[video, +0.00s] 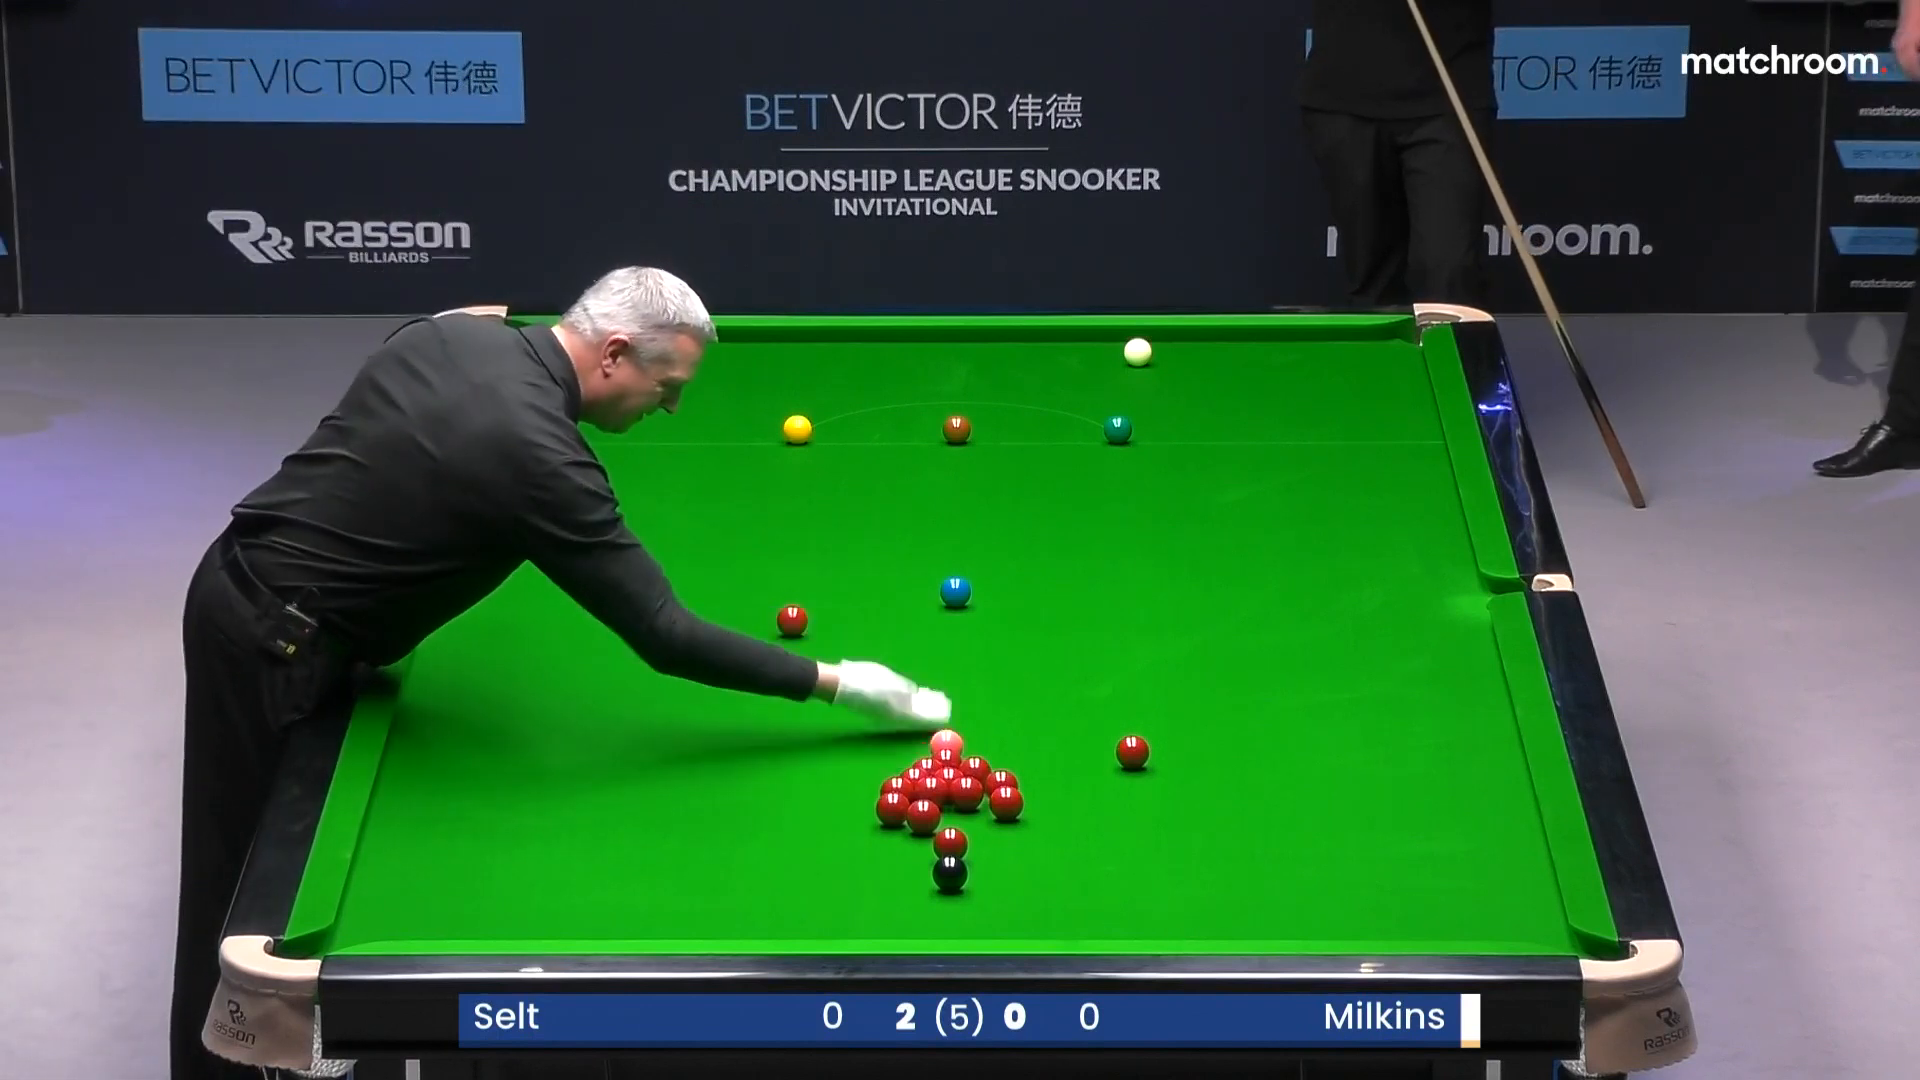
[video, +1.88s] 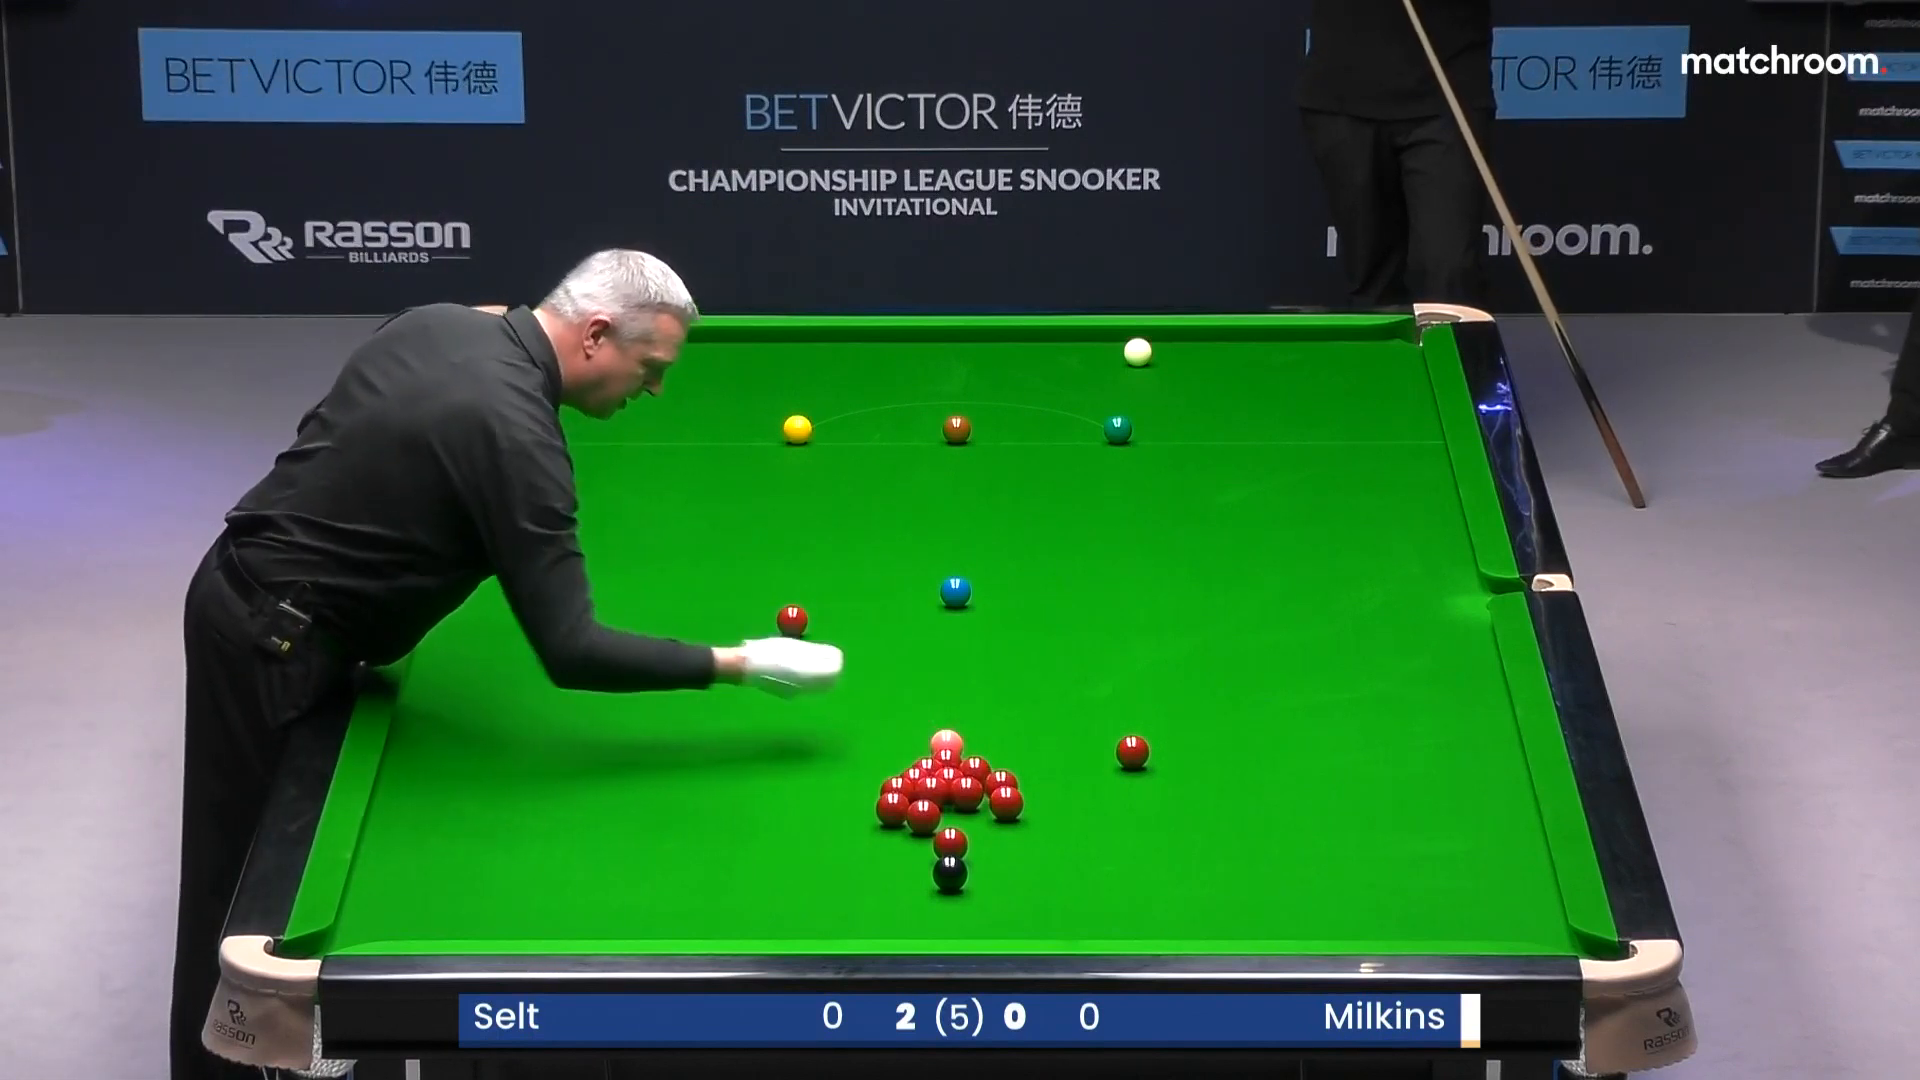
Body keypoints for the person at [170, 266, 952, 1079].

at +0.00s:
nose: (663, 408)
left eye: (672, 393)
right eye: (664, 389)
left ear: (593, 334)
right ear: (609, 353)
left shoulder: (457, 331)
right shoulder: (545, 460)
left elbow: (361, 445)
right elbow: (665, 634)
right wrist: (841, 679)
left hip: (243, 583)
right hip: (279, 637)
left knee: (251, 868)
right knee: (242, 885)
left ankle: (233, 1046)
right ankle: (210, 1058)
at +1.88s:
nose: (652, 389)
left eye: (660, 373)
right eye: (650, 368)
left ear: (579, 318)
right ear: (592, 331)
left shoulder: (438, 323)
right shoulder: (516, 430)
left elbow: (324, 448)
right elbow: (573, 651)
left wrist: (365, 610)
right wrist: (734, 660)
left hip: (241, 590)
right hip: (279, 636)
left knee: (236, 880)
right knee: (250, 894)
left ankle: (215, 1054)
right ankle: (215, 1060)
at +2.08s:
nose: (587, 356)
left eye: (600, 340)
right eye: (599, 338)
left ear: (521, 272)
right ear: (570, 307)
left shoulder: (391, 306)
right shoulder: (472, 410)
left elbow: (298, 445)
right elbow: (447, 612)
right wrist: (593, 630)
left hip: (225, 598)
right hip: (270, 638)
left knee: (236, 869)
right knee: (248, 883)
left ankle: (217, 1050)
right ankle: (214, 1057)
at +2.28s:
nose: (526, 307)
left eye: (533, 291)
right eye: (534, 292)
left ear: (452, 228)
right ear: (514, 282)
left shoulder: (329, 286)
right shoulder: (406, 369)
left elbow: (264, 448)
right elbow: (337, 556)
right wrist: (463, 596)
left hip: (207, 603)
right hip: (258, 635)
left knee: (225, 856)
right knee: (246, 867)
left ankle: (212, 1051)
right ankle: (217, 1059)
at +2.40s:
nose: (486, 298)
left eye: (497, 282)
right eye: (495, 280)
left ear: (411, 220)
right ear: (472, 263)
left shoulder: (298, 281)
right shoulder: (371, 349)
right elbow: (304, 540)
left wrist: (440, 317)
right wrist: (417, 584)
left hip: (194, 608)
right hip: (245, 634)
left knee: (217, 856)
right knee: (242, 866)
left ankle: (208, 1052)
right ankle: (215, 1060)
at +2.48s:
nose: (460, 296)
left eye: (473, 279)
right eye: (470, 277)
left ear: (391, 221)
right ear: (441, 250)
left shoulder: (280, 278)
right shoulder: (347, 343)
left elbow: (268, 430)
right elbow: (291, 535)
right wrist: (402, 580)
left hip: (183, 608)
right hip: (231, 633)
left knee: (212, 854)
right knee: (234, 865)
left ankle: (207, 1053)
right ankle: (212, 1061)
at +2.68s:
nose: (401, 296)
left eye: (415, 280)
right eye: (409, 274)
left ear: (354, 224)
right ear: (366, 235)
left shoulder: (230, 279)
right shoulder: (280, 337)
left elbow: (223, 444)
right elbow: (241, 535)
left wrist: (333, 498)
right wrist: (359, 574)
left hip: (156, 615)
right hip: (190, 639)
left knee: (205, 874)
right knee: (207, 892)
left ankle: (153, 1058)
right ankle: (140, 1066)